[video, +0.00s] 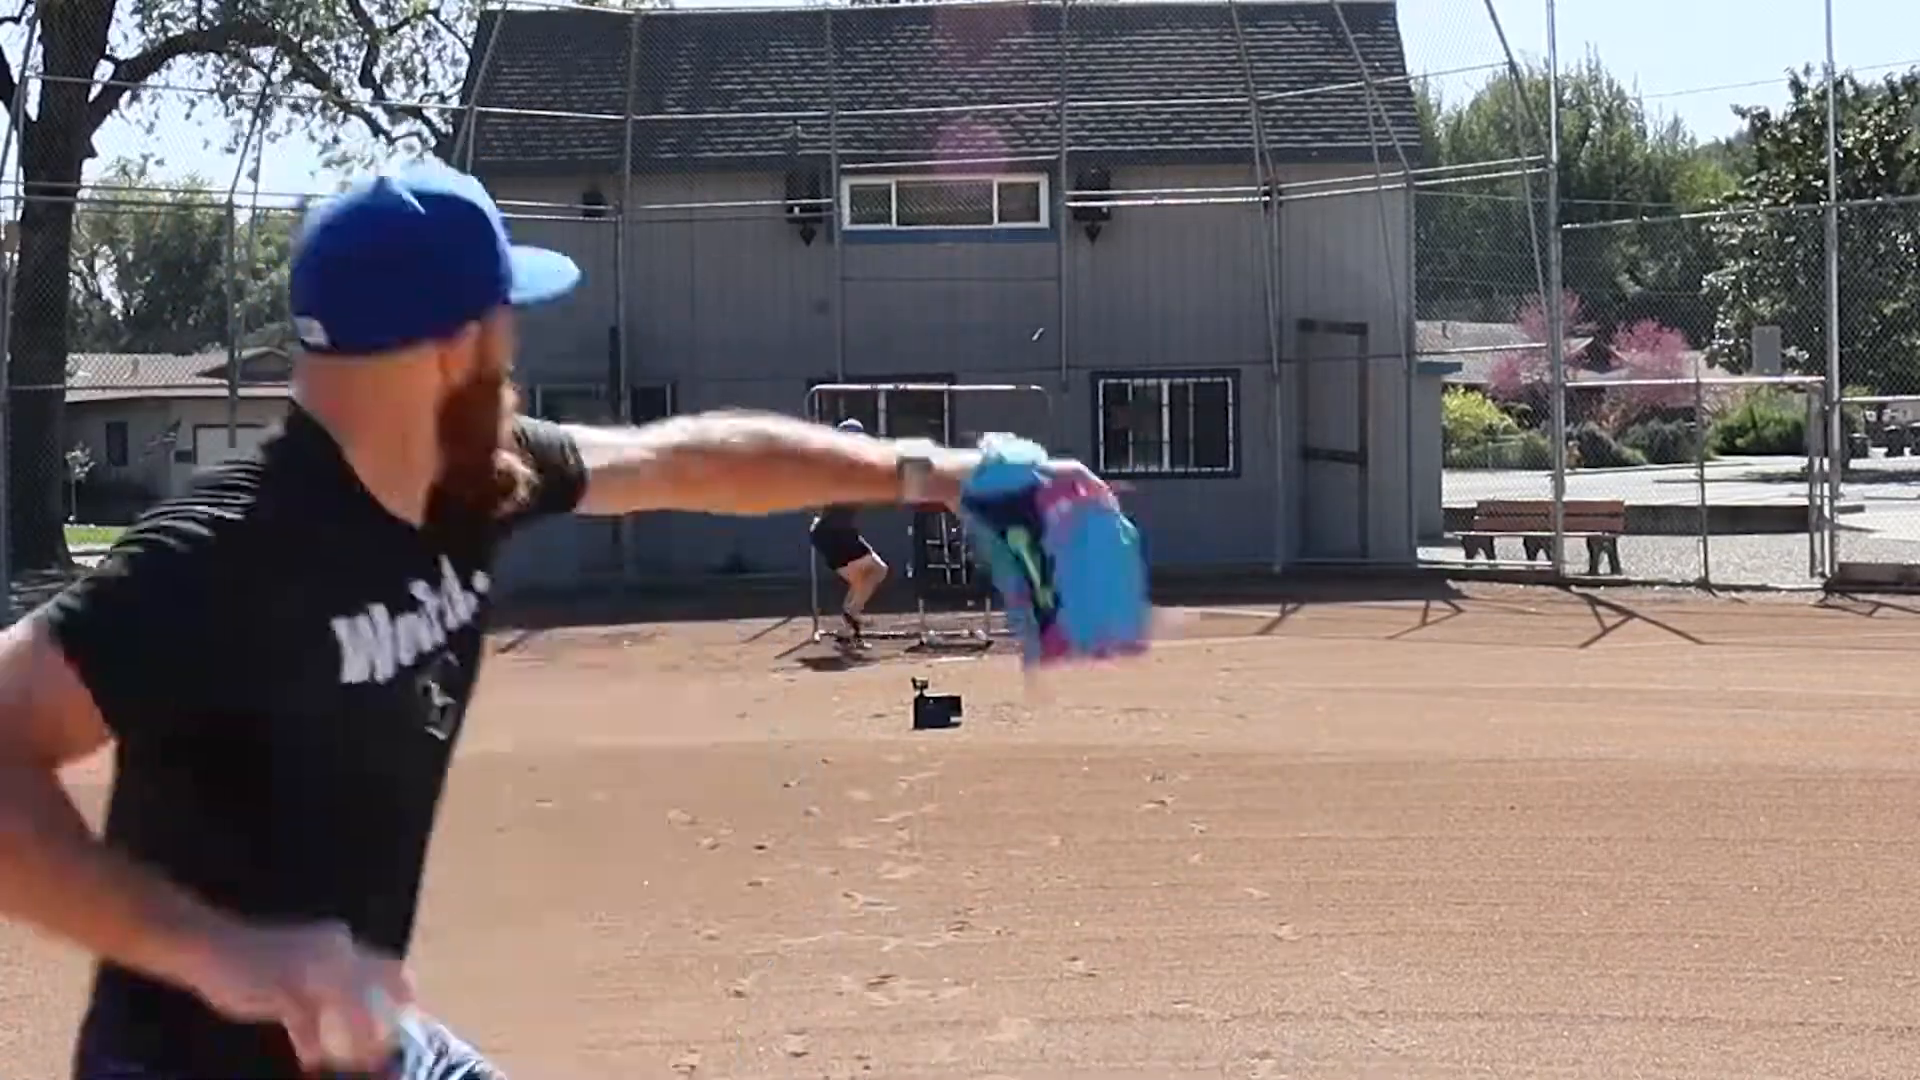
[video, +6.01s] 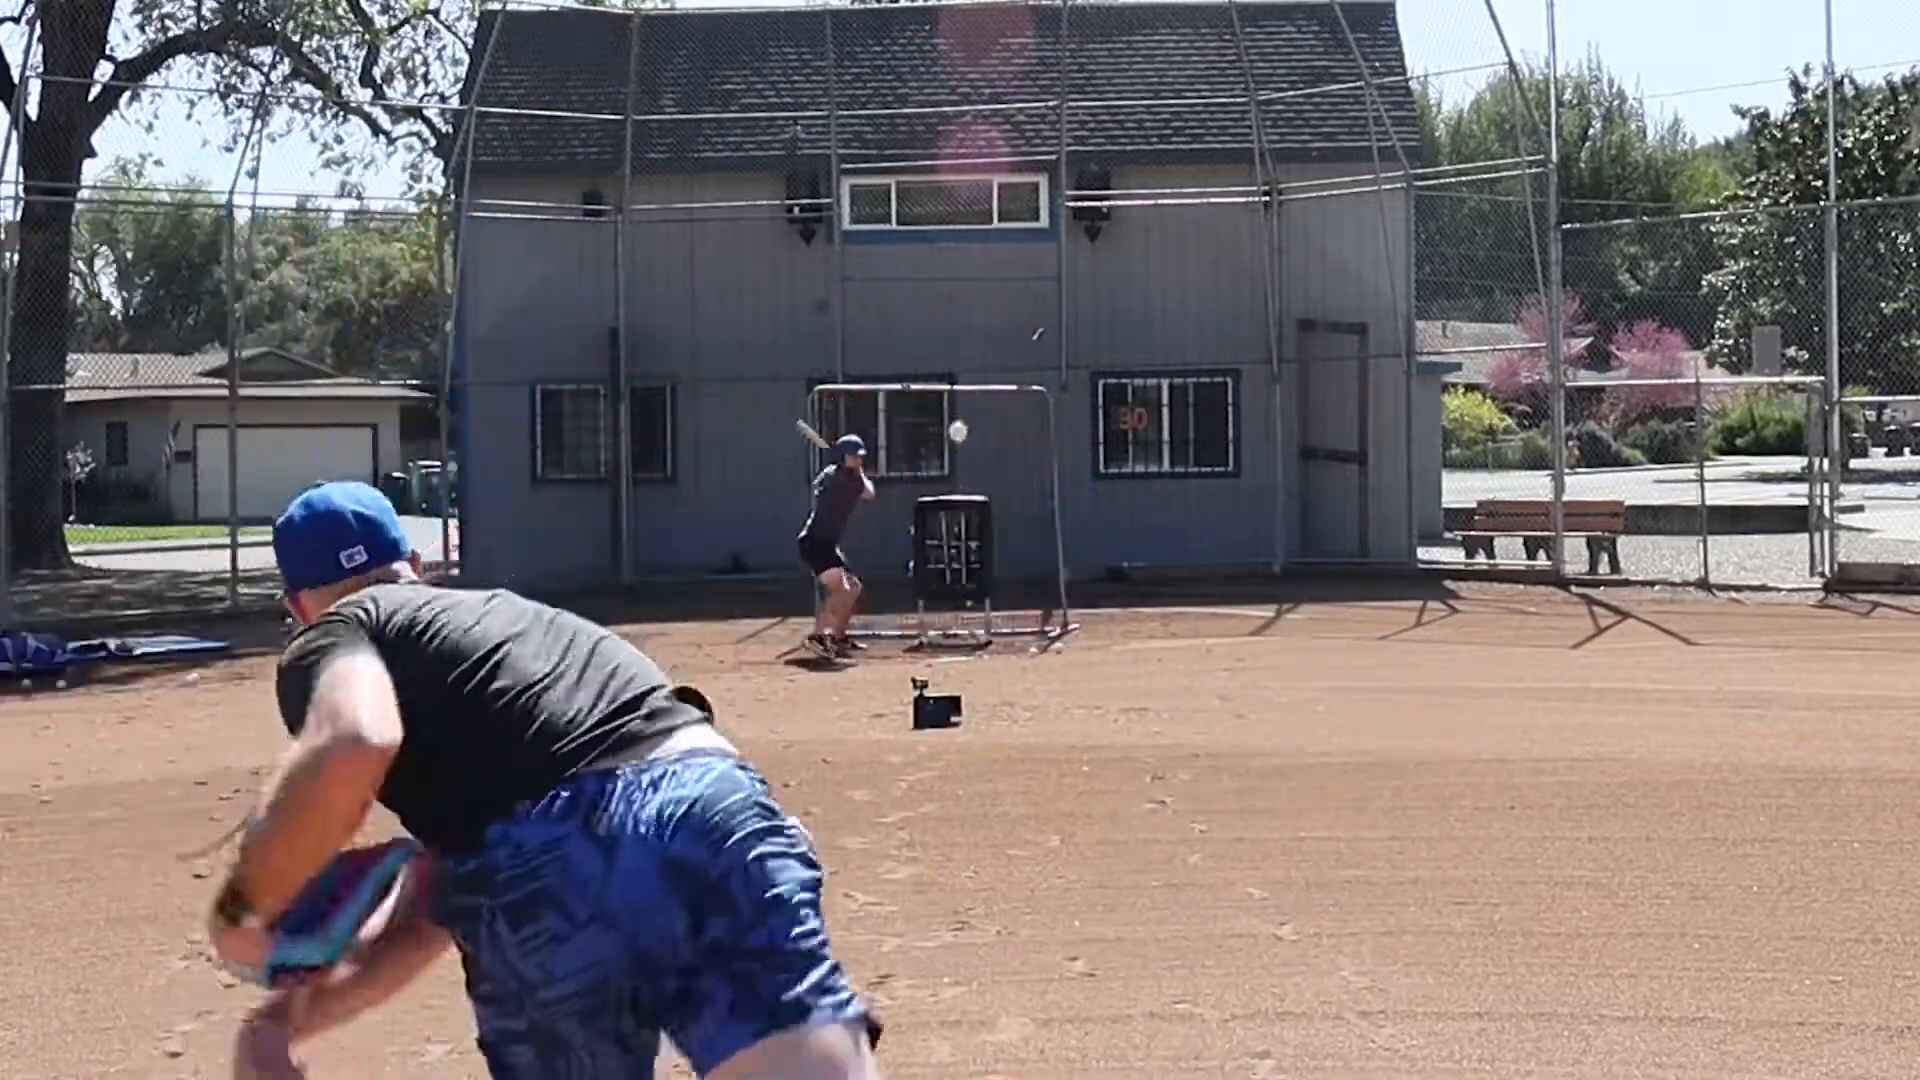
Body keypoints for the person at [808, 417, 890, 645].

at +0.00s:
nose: (856, 444)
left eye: (857, 440)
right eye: (853, 439)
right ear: (846, 442)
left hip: (823, 528)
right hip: (838, 528)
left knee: (858, 579)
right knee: (877, 568)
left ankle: (847, 632)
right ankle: (854, 609)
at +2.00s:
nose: (864, 459)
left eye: (865, 454)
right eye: (861, 454)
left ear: (848, 455)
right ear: (850, 454)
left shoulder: (828, 467)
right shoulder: (849, 474)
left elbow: (814, 471)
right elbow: (864, 508)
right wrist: (858, 481)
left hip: (808, 534)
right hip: (810, 536)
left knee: (830, 589)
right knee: (827, 589)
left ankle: (832, 633)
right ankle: (818, 645)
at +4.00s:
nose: (858, 469)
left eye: (863, 465)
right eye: (855, 464)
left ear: (868, 469)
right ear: (848, 465)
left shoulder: (865, 489)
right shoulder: (836, 491)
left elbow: (830, 488)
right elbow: (815, 515)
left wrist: (797, 482)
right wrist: (795, 494)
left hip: (847, 553)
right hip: (822, 548)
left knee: (845, 610)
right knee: (813, 595)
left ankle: (854, 631)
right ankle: (803, 643)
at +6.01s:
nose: (859, 461)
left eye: (860, 456)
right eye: (855, 456)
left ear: (845, 457)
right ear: (844, 457)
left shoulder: (828, 472)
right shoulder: (849, 478)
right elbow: (870, 493)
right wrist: (859, 472)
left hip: (826, 541)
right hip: (816, 542)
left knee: (853, 587)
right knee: (842, 588)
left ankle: (838, 635)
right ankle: (822, 634)